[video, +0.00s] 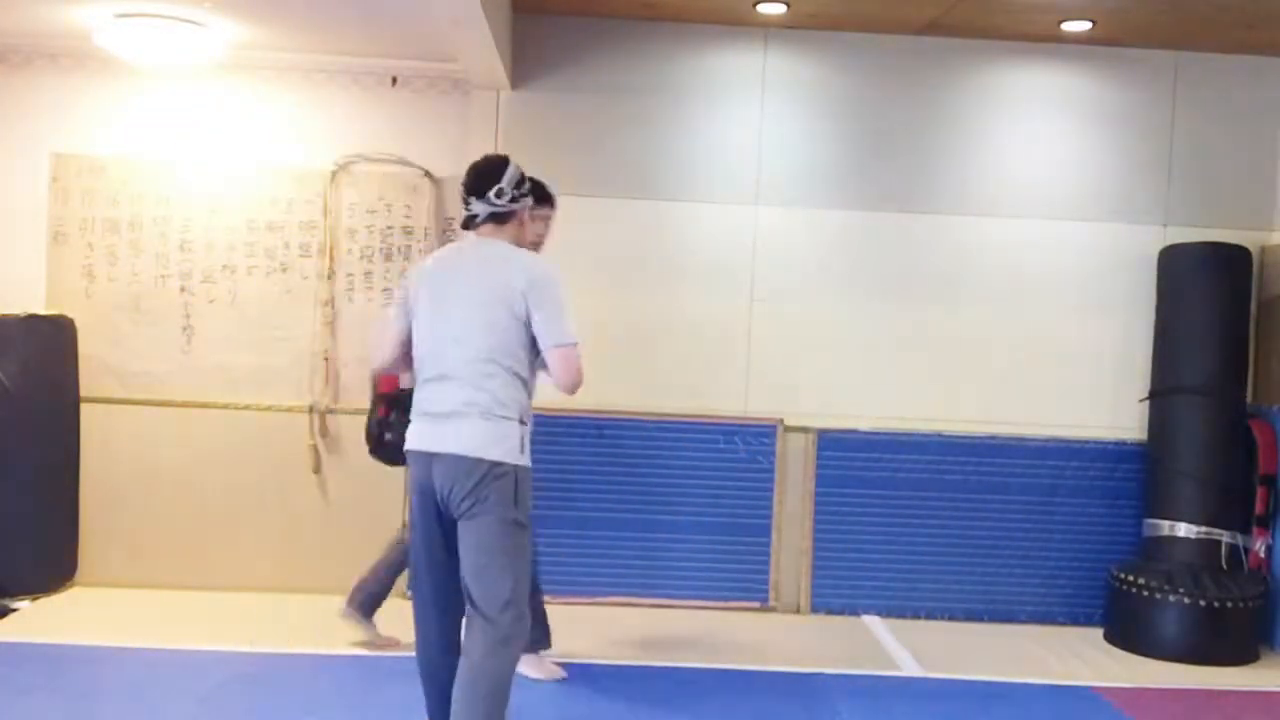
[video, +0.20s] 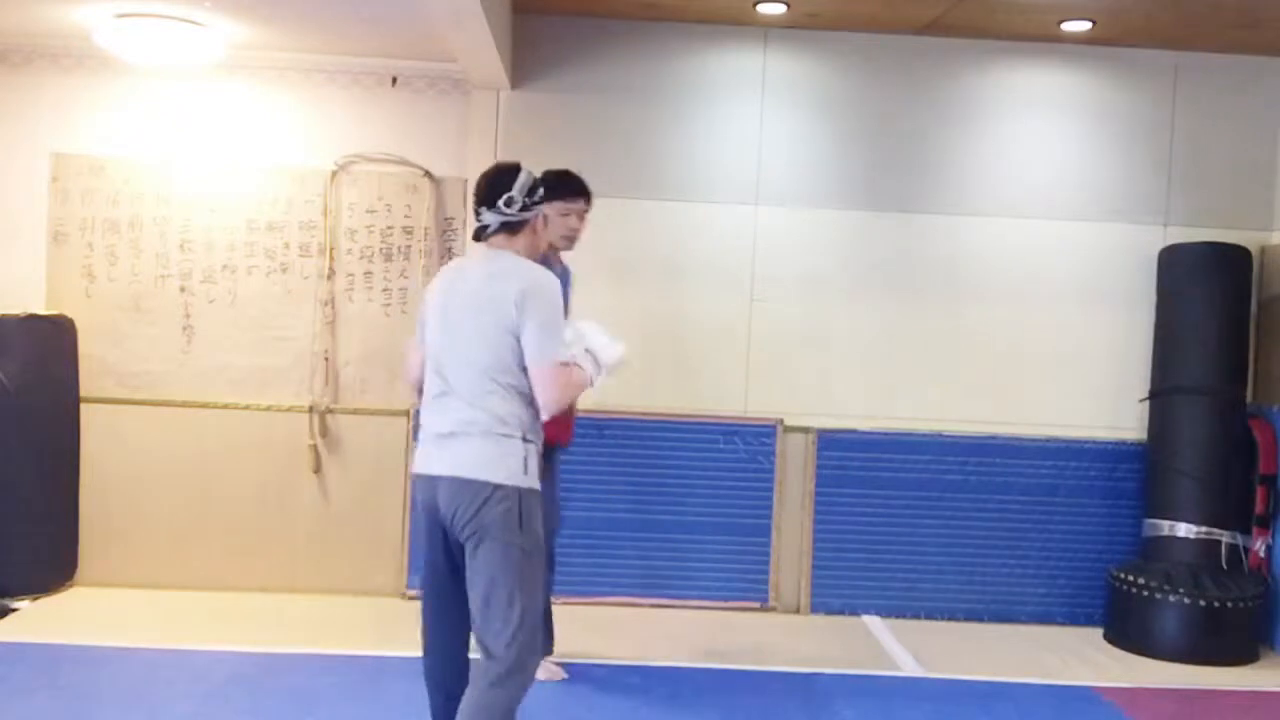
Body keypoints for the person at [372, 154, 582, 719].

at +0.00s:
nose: (538, 225)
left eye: (540, 214)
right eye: (534, 213)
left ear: (469, 207)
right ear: (517, 209)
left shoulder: (427, 269)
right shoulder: (529, 270)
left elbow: (384, 359)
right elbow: (568, 377)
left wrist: (441, 351)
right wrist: (527, 341)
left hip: (423, 459)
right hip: (488, 462)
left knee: (434, 611)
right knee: (498, 619)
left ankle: (444, 712)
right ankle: (473, 713)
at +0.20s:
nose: (556, 228)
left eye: (557, 218)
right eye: (552, 217)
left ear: (488, 218)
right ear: (533, 219)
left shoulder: (444, 280)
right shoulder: (534, 282)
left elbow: (417, 373)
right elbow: (551, 399)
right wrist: (587, 363)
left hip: (432, 482)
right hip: (495, 485)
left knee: (444, 636)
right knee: (509, 647)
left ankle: (447, 714)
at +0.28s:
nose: (563, 229)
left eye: (563, 217)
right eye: (559, 216)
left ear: (495, 219)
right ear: (540, 219)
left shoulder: (451, 283)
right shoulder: (534, 287)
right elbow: (551, 405)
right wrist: (592, 370)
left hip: (438, 487)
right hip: (501, 492)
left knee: (456, 640)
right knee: (514, 656)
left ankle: (454, 714)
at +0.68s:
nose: (587, 214)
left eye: (586, 201)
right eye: (586, 200)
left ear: (525, 201)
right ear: (570, 203)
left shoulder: (492, 266)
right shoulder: (536, 282)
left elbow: (508, 356)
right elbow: (559, 405)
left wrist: (585, 342)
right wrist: (621, 362)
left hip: (489, 483)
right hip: (518, 494)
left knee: (520, 664)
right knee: (516, 674)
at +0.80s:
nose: (594, 211)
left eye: (592, 198)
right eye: (592, 198)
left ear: (529, 202)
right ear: (577, 201)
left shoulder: (494, 265)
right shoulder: (555, 280)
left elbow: (509, 364)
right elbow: (570, 400)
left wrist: (582, 334)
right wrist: (631, 368)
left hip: (489, 477)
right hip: (527, 490)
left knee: (566, 596)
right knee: (517, 662)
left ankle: (540, 710)